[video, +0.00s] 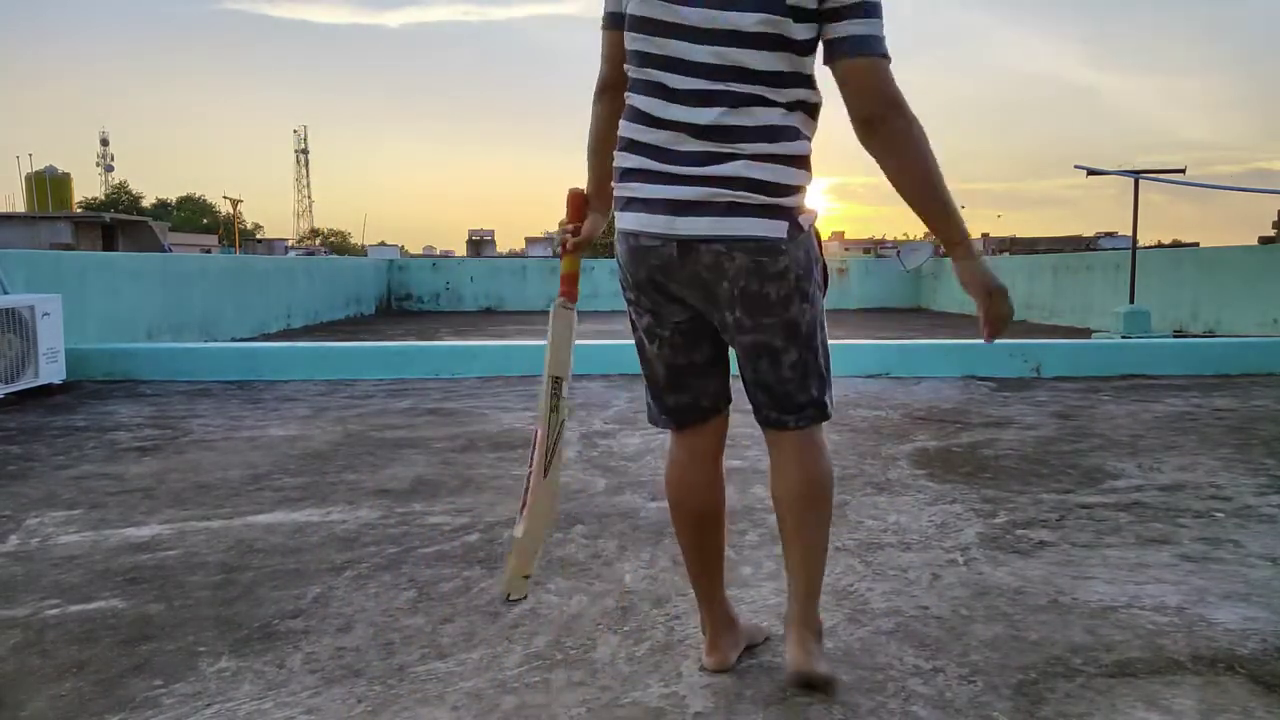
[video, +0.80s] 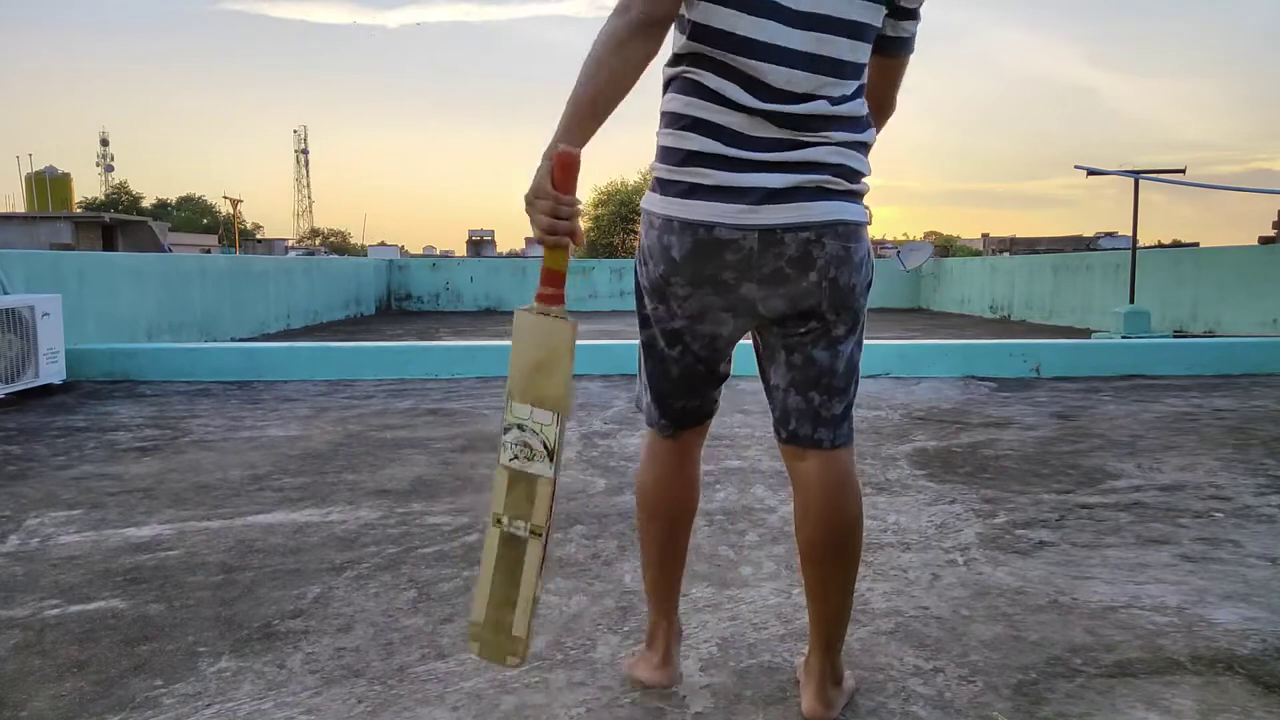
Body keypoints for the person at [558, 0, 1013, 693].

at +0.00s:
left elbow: (611, 87)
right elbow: (876, 112)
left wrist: (598, 195)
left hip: (647, 230)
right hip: (759, 231)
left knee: (691, 426)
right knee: (794, 425)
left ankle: (716, 630)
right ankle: (803, 636)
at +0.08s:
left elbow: (616, 83)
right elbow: (899, 67)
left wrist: (586, 203)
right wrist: (1020, 175)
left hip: (662, 233)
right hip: (773, 237)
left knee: (700, 424)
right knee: (804, 430)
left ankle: (718, 629)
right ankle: (828, 642)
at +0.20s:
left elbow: (624, 66)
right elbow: (912, 17)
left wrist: (562, 169)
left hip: (680, 227)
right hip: (794, 228)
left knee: (713, 419)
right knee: (813, 434)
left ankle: (720, 628)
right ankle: (818, 659)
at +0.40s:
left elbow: (635, 19)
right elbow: (914, 32)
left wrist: (552, 96)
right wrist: (1007, 129)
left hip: (705, 218)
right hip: (824, 216)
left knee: (721, 421)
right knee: (821, 434)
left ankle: (721, 628)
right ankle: (819, 672)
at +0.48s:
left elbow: (641, 16)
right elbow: (918, 74)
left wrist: (555, 91)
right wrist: (999, 227)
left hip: (706, 220)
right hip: (827, 220)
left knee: (718, 423)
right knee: (823, 435)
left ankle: (721, 626)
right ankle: (821, 674)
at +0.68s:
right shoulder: (906, 0)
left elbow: (648, 10)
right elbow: (906, 116)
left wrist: (566, 123)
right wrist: (898, 214)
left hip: (702, 217)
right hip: (830, 223)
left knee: (702, 427)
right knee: (825, 442)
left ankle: (701, 633)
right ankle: (822, 676)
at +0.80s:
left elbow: (643, 16)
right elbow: (878, 98)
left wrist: (561, 153)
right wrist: (814, 168)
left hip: (692, 216)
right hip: (822, 221)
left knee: (673, 428)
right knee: (822, 444)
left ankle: (660, 646)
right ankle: (823, 674)